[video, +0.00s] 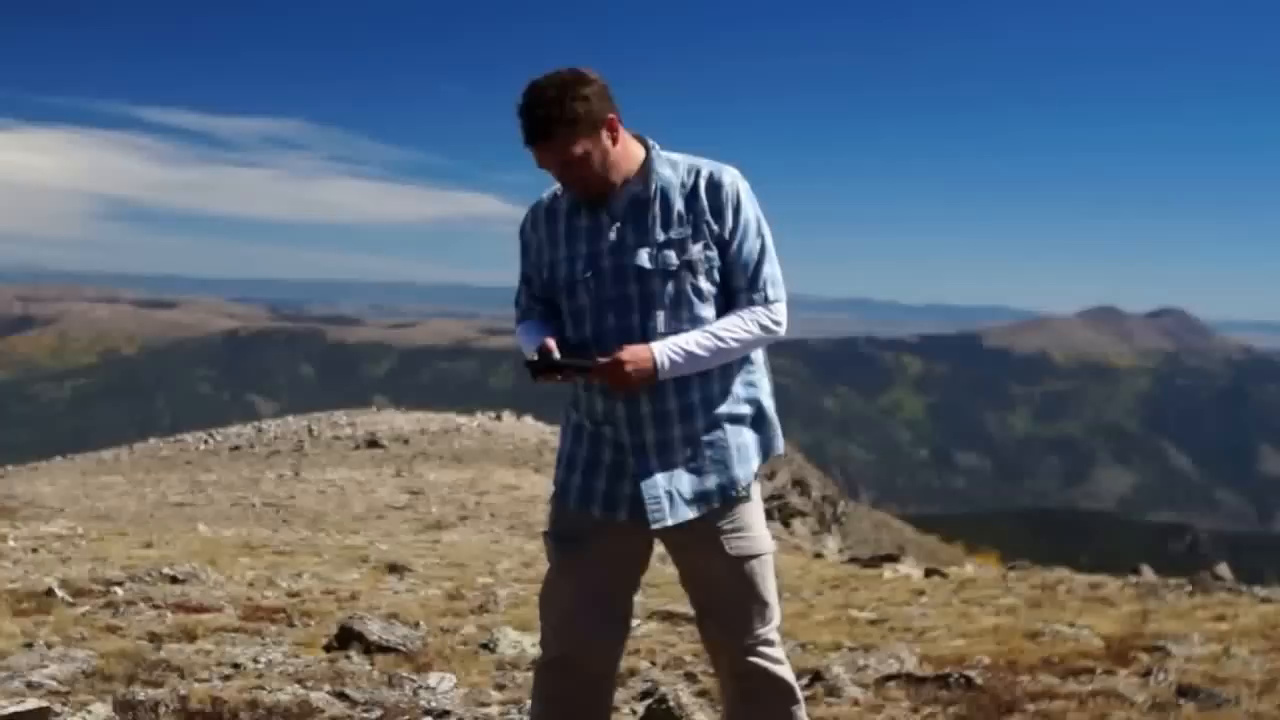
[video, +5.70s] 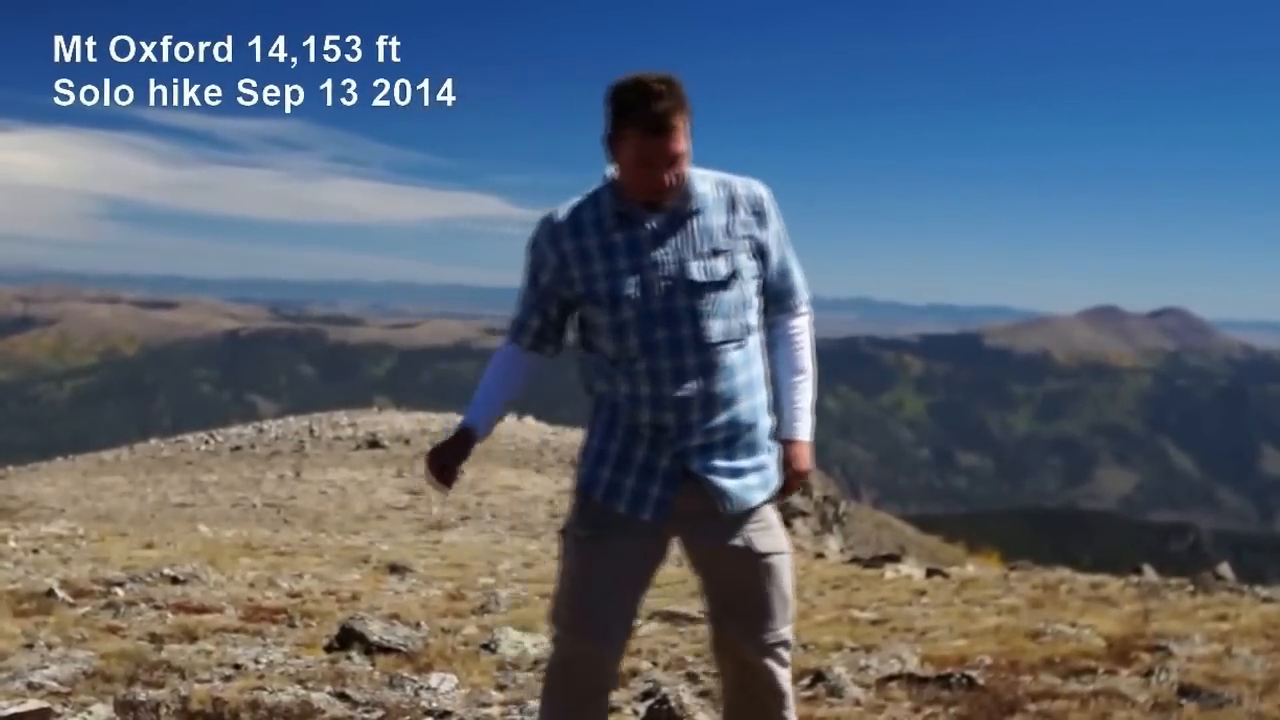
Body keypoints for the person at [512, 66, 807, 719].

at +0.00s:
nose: (567, 183)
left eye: (576, 163)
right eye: (553, 170)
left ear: (612, 130)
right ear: (538, 157)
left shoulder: (714, 191)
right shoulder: (546, 224)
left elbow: (767, 314)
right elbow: (533, 317)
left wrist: (661, 357)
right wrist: (543, 349)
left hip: (710, 467)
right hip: (597, 471)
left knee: (753, 664)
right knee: (571, 665)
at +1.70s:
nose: (522, 194)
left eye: (529, 175)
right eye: (508, 181)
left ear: (568, 141)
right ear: (495, 167)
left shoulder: (674, 189)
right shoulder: (517, 239)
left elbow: (727, 311)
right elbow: (482, 337)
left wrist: (619, 376)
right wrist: (482, 410)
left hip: (698, 457)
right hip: (588, 464)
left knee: (747, 658)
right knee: (566, 665)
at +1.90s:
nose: (517, 188)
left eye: (525, 167)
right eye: (499, 177)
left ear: (558, 140)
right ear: (483, 173)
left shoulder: (658, 184)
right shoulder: (504, 263)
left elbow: (743, 278)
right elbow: (494, 387)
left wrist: (710, 385)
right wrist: (466, 495)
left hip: (695, 449)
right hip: (589, 465)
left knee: (746, 654)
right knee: (566, 666)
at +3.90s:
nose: (462, 235)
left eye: (468, 215)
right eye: (445, 224)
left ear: (499, 174)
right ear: (425, 207)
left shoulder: (601, 192)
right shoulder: (439, 275)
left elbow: (687, 273)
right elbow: (425, 383)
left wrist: (708, 389)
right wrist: (430, 479)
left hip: (644, 444)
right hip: (537, 461)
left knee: (677, 645)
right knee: (541, 661)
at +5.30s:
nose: (511, 167)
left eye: (520, 148)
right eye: (493, 155)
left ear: (542, 132)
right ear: (466, 152)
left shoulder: (622, 189)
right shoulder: (450, 251)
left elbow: (691, 290)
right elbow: (447, 360)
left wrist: (709, 411)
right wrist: (460, 461)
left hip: (649, 448)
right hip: (539, 462)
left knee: (698, 641)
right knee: (541, 656)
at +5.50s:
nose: (581, 170)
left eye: (589, 153)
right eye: (563, 158)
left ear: (608, 133)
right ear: (533, 151)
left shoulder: (679, 199)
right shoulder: (500, 241)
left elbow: (732, 304)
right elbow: (469, 353)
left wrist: (744, 423)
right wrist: (435, 455)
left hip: (681, 461)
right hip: (570, 470)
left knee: (733, 656)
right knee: (556, 666)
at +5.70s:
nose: (670, 177)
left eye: (678, 160)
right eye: (653, 164)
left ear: (691, 141)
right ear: (615, 151)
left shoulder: (747, 207)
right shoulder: (568, 238)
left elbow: (790, 316)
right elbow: (526, 343)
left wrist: (797, 434)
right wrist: (468, 432)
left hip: (737, 469)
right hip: (624, 474)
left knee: (763, 664)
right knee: (582, 661)